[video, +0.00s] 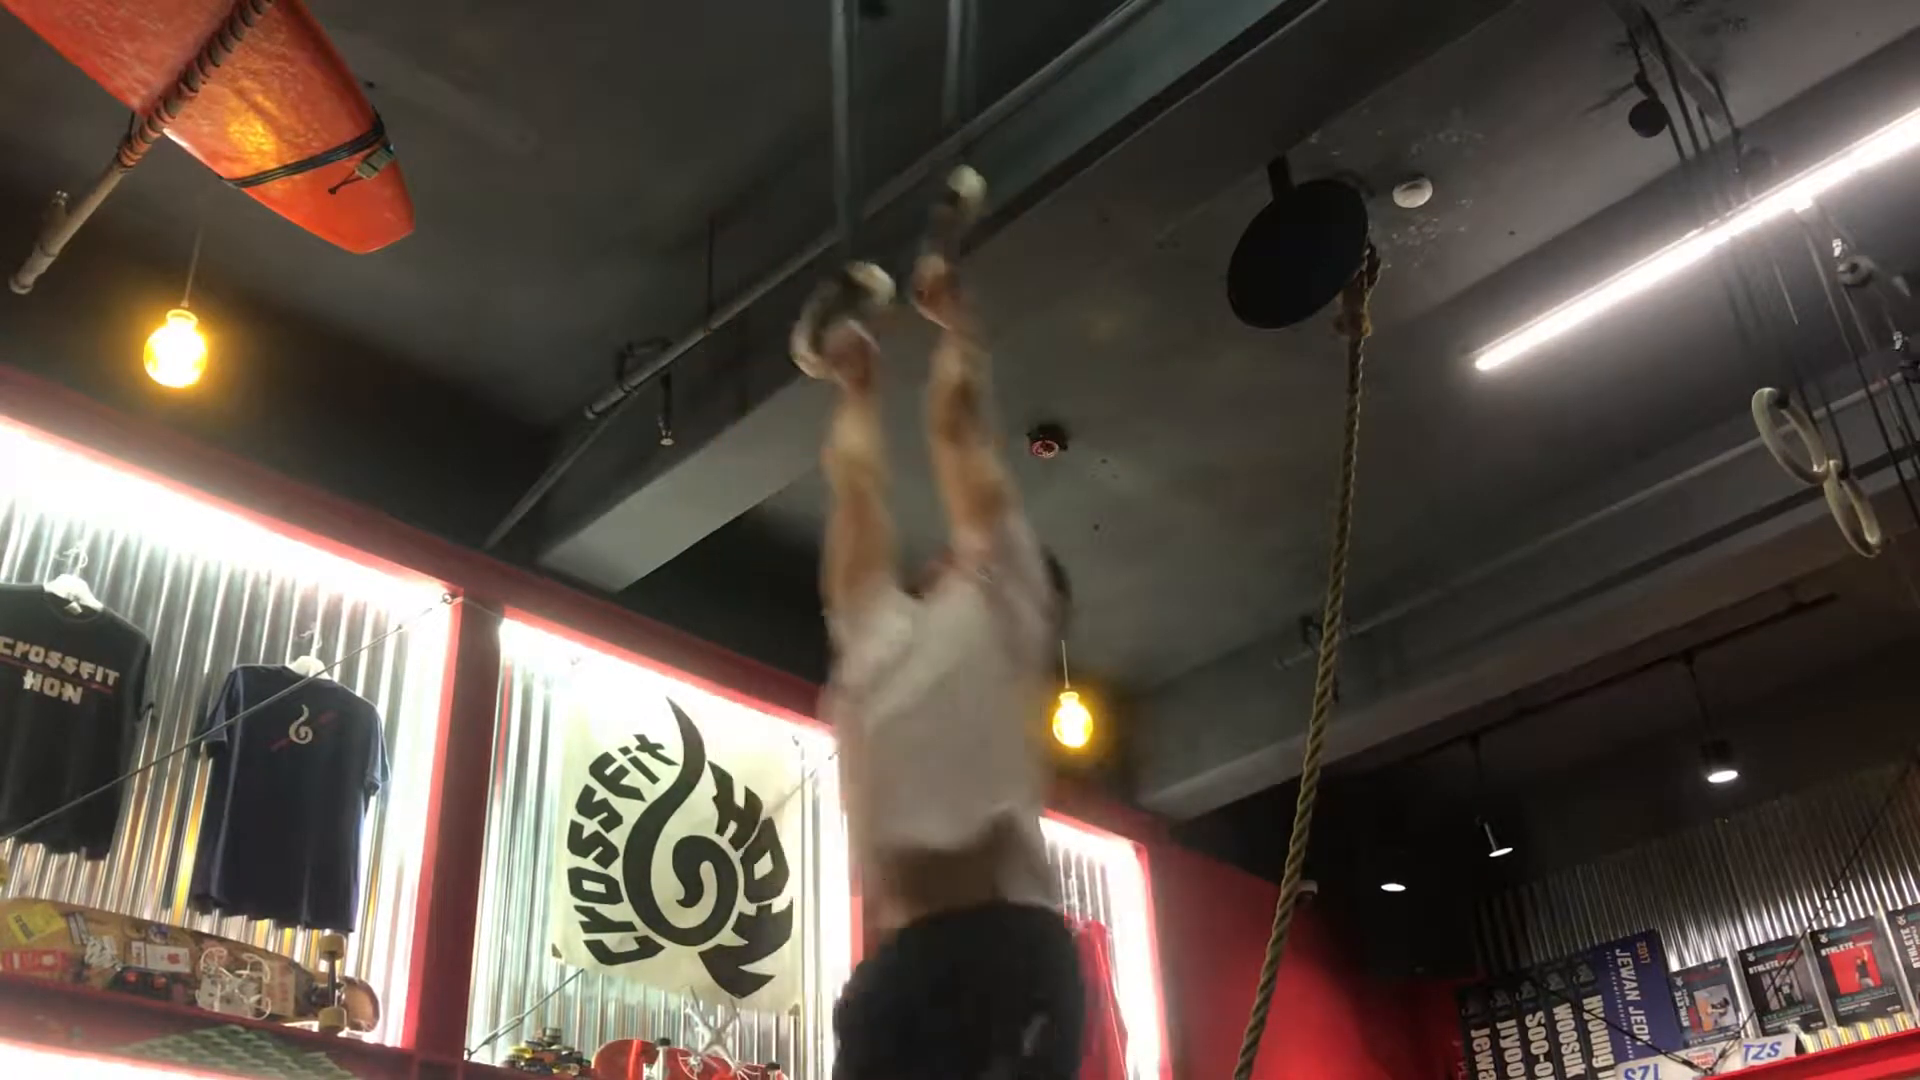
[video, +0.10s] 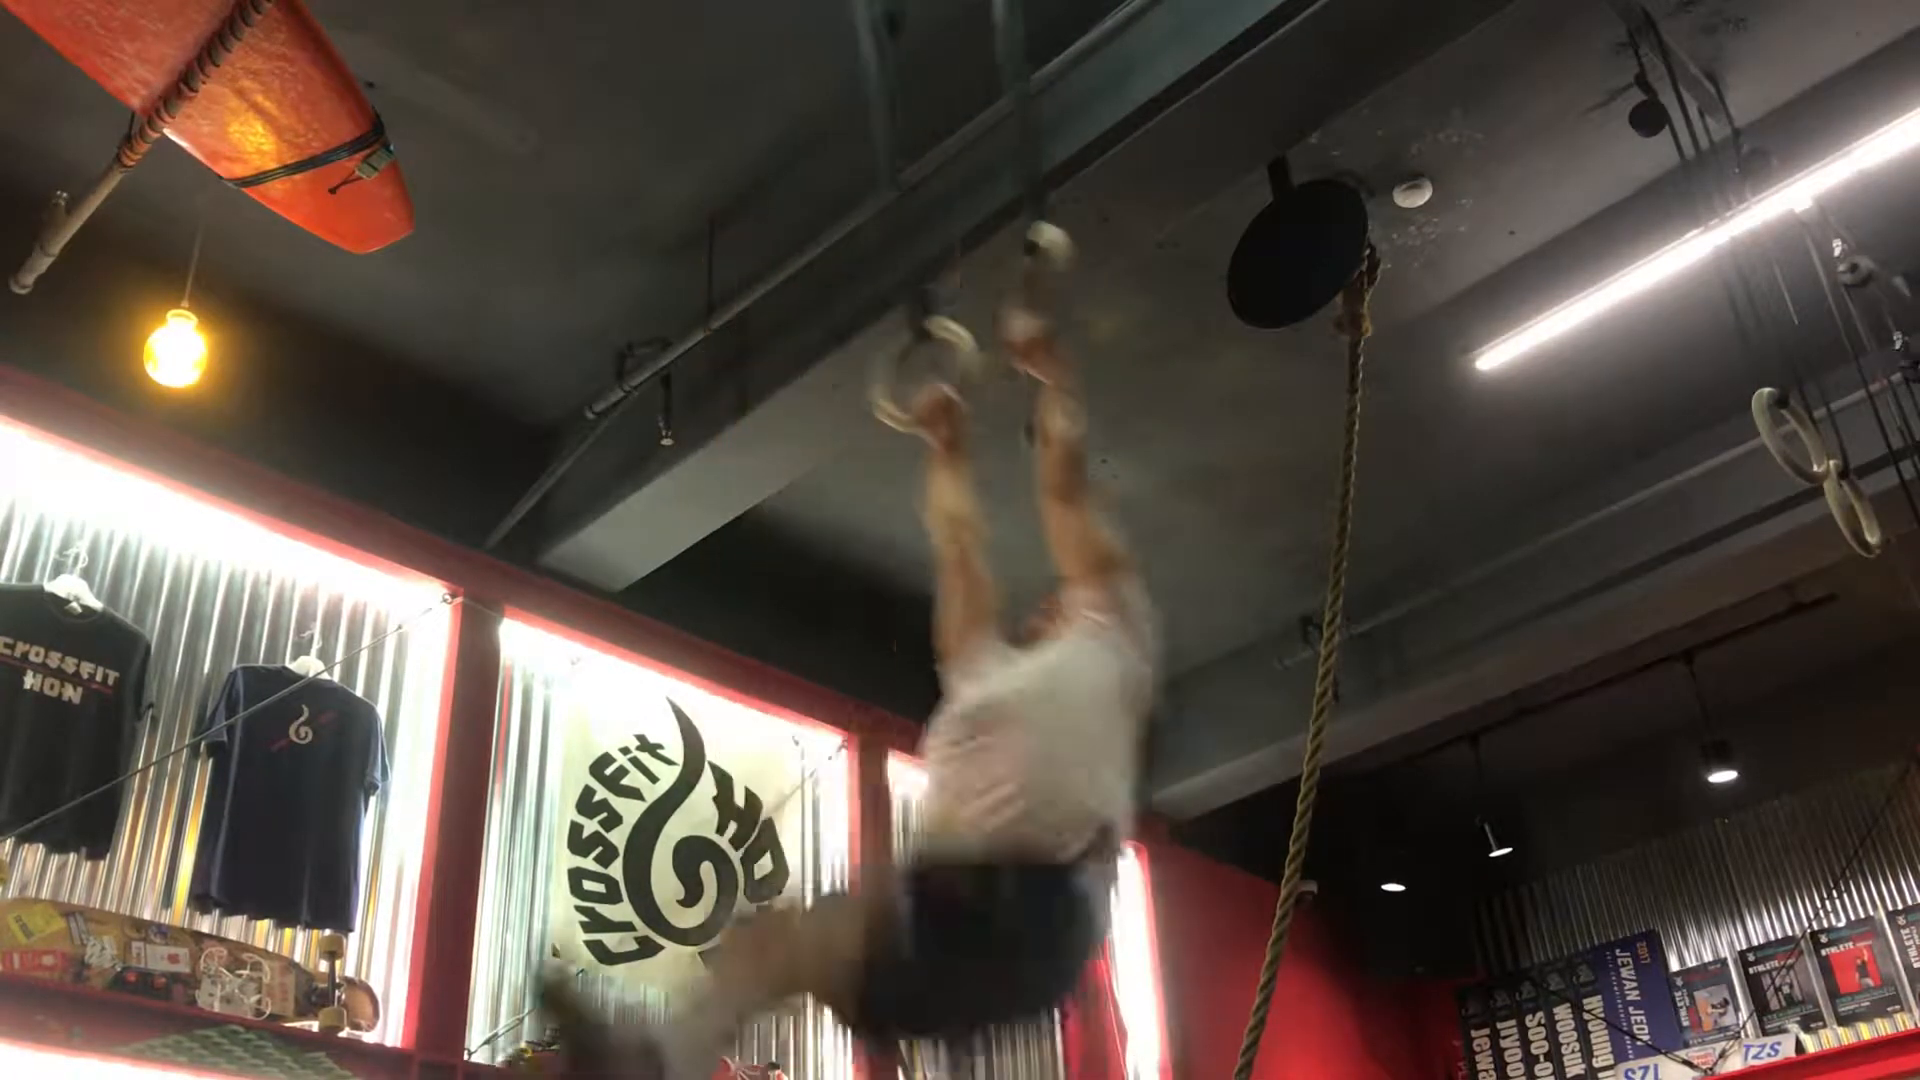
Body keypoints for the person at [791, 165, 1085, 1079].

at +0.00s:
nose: (953, 553)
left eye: (980, 550)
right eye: (948, 551)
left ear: (1026, 588)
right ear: (927, 572)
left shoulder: (1013, 618)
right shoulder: (870, 641)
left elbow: (963, 438)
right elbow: (855, 494)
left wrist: (952, 321)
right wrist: (853, 383)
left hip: (1012, 955)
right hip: (902, 968)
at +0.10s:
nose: (1051, 599)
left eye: (1072, 594)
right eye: (1049, 595)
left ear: (1100, 609)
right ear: (1036, 612)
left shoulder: (1111, 647)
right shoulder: (981, 671)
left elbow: (1065, 494)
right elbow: (957, 548)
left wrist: (1049, 371)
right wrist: (945, 442)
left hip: (1033, 911)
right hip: (936, 901)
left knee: (774, 948)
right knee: (763, 947)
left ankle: (667, 1052)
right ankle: (667, 1053)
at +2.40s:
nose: (722, 424)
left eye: (746, 407)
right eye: (714, 413)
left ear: (807, 426)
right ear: (711, 444)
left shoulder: (848, 498)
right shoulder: (724, 549)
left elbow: (862, 335)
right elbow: (719, 426)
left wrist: (868, 221)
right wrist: (730, 317)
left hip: (897, 854)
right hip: (794, 907)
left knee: (1143, 1044)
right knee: (894, 1067)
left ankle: (1156, 861)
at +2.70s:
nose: (776, 448)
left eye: (802, 434)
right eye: (777, 435)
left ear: (838, 457)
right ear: (769, 461)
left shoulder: (861, 523)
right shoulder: (739, 545)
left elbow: (870, 343)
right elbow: (728, 423)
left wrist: (880, 237)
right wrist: (740, 325)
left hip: (913, 888)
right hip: (814, 933)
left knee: (1061, 1065)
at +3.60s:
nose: (872, 203)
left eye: (883, 177)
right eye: (856, 197)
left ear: (934, 162)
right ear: (854, 214)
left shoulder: (1018, 200)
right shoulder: (881, 283)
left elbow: (1138, 201)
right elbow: (910, 367)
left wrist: (1149, 290)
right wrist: (902, 432)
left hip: (1087, 459)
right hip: (993, 503)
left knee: (939, 375)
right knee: (826, 431)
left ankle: (850, 490)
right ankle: (772, 571)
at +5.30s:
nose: (776, 435)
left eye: (798, 422)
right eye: (765, 429)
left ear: (842, 445)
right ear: (756, 465)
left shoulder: (880, 520)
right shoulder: (758, 564)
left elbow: (888, 346)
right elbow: (755, 439)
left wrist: (894, 238)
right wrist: (770, 344)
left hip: (928, 877)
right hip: (825, 926)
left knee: (1104, 1068)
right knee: (888, 1069)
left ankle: (1220, 998)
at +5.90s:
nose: (962, 559)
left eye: (986, 555)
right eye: (957, 557)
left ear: (1018, 581)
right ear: (936, 579)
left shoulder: (1020, 623)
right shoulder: (882, 640)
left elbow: (977, 434)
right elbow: (861, 500)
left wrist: (965, 321)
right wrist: (859, 388)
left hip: (1027, 945)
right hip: (924, 963)